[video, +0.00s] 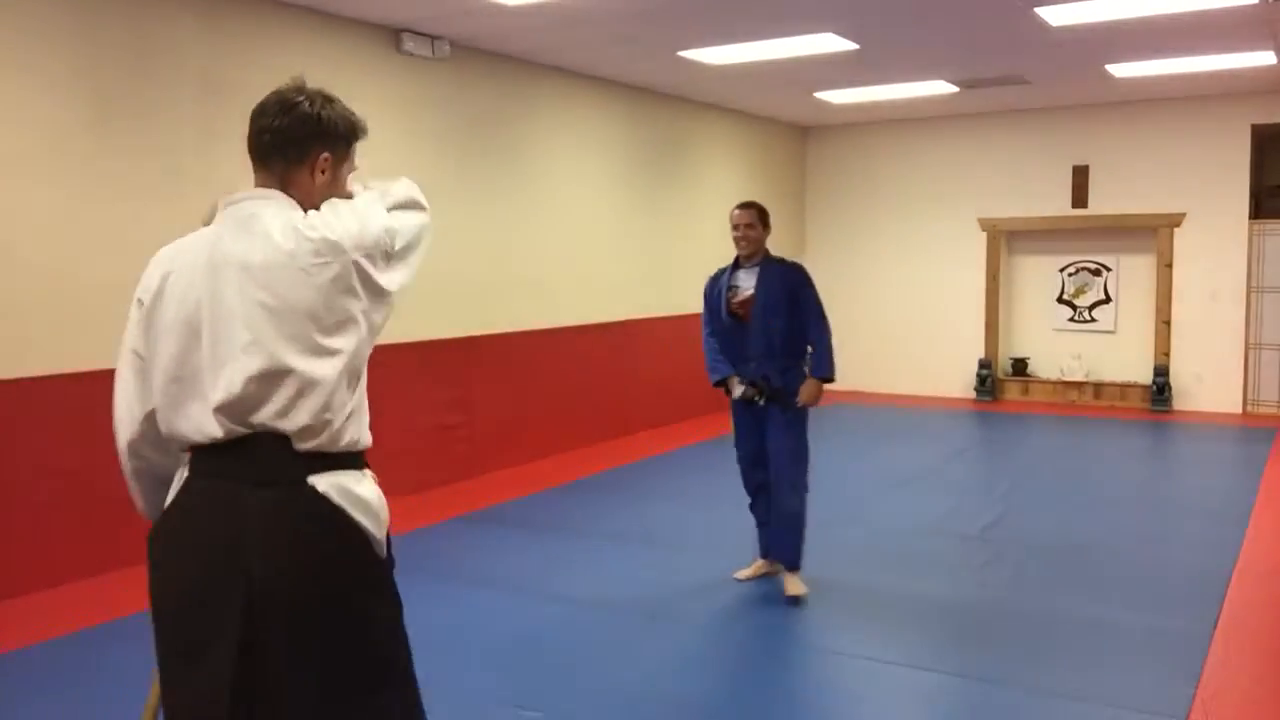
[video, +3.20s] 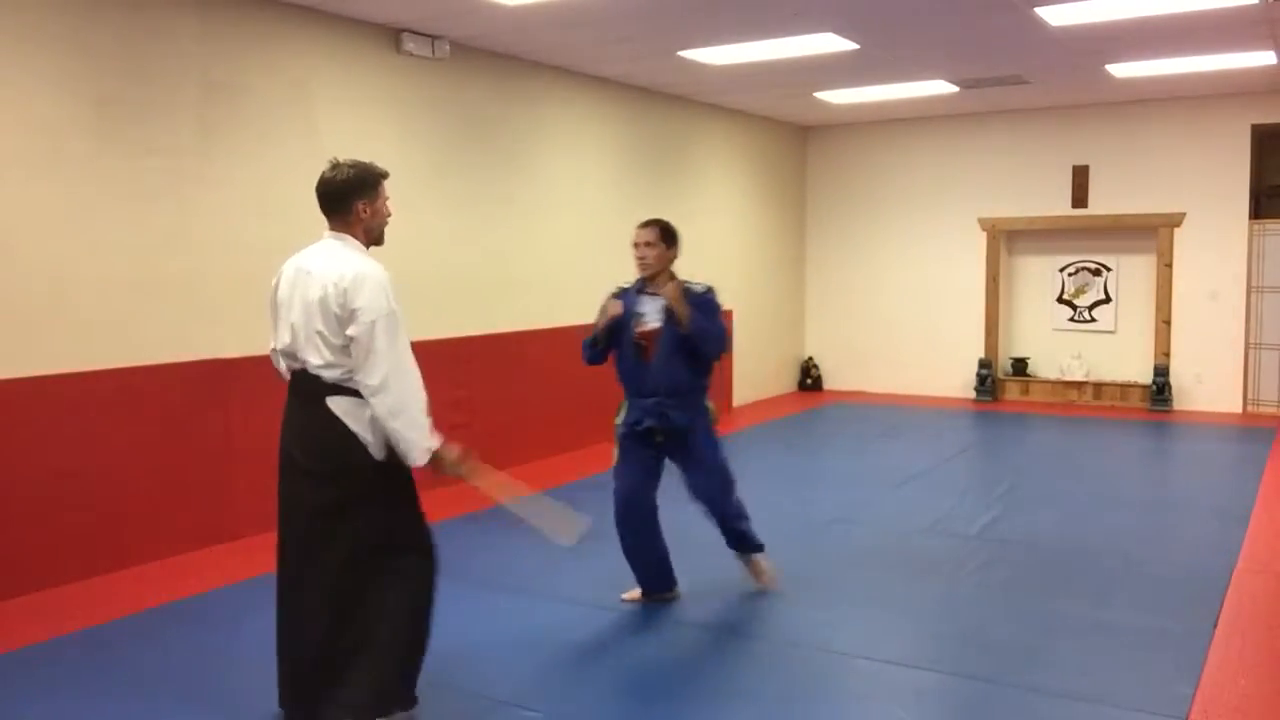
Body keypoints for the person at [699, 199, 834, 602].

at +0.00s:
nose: (742, 234)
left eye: (749, 227)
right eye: (736, 227)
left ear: (765, 231)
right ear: (730, 233)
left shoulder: (792, 275)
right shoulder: (717, 284)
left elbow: (818, 327)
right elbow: (711, 337)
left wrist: (817, 376)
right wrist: (728, 377)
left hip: (786, 391)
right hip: (744, 393)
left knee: (787, 476)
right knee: (754, 475)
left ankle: (790, 567)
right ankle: (770, 556)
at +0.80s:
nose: (733, 231)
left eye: (741, 225)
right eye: (728, 224)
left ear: (762, 229)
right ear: (724, 228)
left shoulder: (786, 279)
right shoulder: (714, 276)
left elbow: (804, 339)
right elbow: (691, 329)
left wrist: (792, 397)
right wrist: (673, 374)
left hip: (761, 404)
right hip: (716, 400)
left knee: (759, 495)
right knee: (700, 485)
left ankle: (759, 580)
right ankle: (721, 567)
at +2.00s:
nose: (690, 233)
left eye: (699, 225)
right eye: (686, 225)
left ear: (723, 231)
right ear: (682, 230)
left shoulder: (748, 286)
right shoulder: (678, 282)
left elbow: (766, 348)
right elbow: (657, 333)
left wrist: (733, 379)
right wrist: (637, 351)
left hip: (729, 416)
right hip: (681, 411)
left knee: (738, 509)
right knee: (663, 497)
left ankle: (748, 597)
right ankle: (671, 589)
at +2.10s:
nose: (698, 234)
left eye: (707, 226)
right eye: (694, 226)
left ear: (730, 232)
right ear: (691, 231)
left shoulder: (751, 284)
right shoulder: (682, 281)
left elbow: (757, 331)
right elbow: (646, 312)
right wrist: (630, 306)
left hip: (733, 407)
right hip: (687, 403)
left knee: (739, 505)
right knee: (664, 494)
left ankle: (747, 597)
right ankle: (674, 586)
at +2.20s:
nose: (699, 232)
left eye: (706, 225)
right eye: (697, 225)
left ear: (730, 230)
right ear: (696, 229)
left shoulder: (749, 277)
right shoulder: (682, 274)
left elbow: (755, 287)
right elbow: (630, 276)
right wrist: (615, 251)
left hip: (735, 403)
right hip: (688, 400)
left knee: (739, 502)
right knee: (670, 493)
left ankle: (747, 597)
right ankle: (679, 582)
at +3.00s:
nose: (683, 250)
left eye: (691, 243)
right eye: (679, 244)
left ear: (713, 247)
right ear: (676, 249)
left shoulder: (742, 294)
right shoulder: (666, 296)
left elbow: (757, 344)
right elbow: (627, 347)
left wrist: (727, 305)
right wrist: (641, 308)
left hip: (730, 413)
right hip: (681, 414)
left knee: (740, 491)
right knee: (654, 483)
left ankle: (757, 565)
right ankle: (658, 581)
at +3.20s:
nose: (640, 254)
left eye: (649, 246)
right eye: (636, 247)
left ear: (670, 251)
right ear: (632, 251)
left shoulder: (697, 298)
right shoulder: (622, 300)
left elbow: (715, 346)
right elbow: (593, 356)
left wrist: (681, 308)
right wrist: (603, 326)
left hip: (687, 416)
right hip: (640, 419)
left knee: (715, 489)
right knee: (631, 502)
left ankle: (749, 552)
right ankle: (657, 586)